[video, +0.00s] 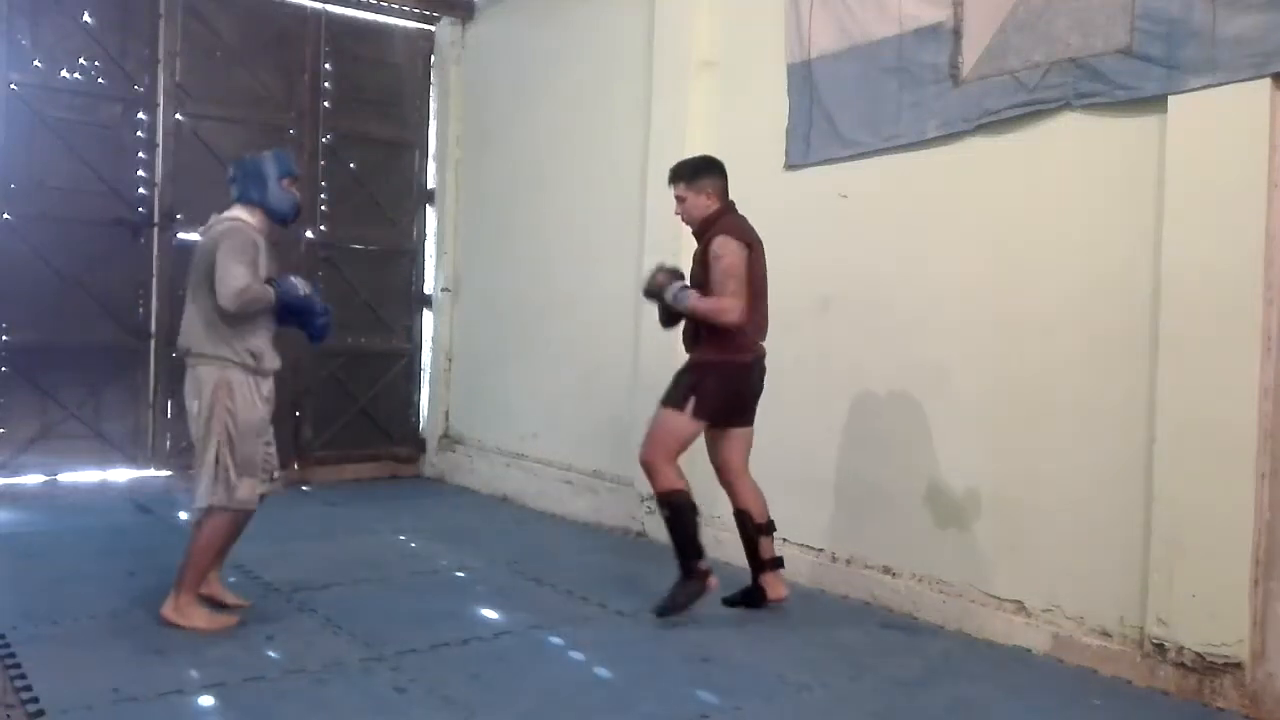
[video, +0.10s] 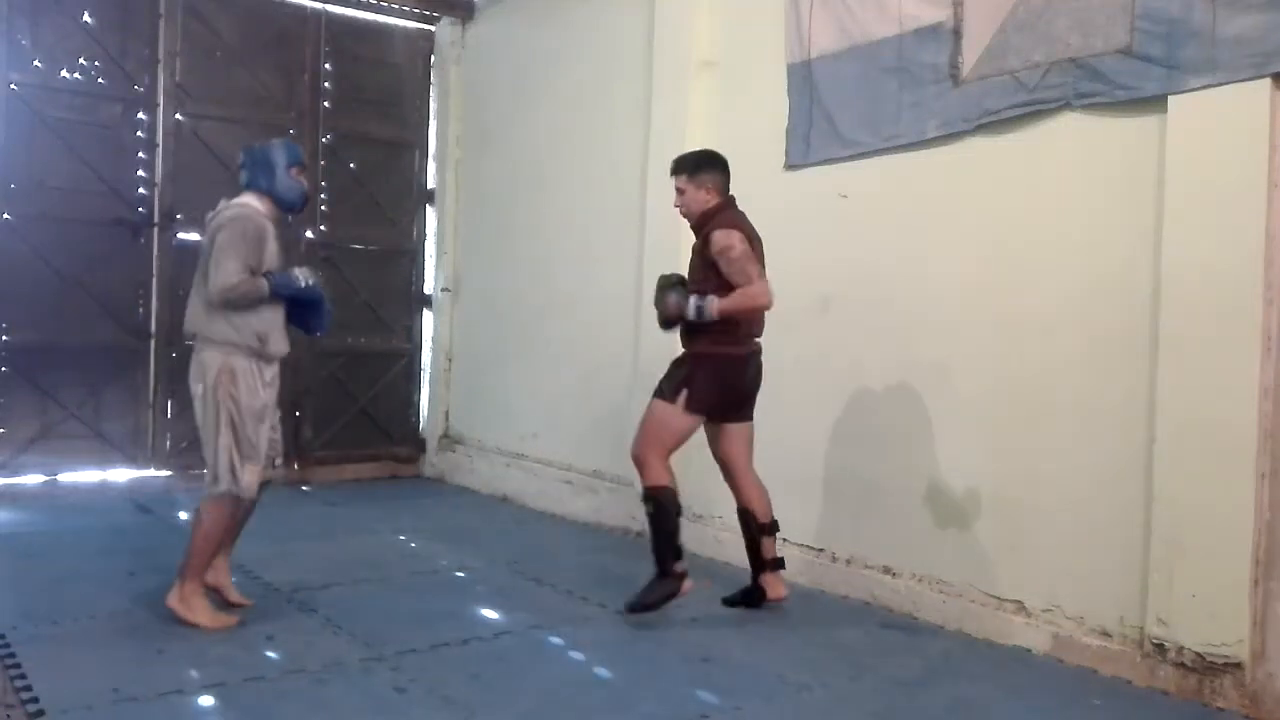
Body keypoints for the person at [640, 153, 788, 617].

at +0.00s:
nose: (677, 210)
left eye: (682, 200)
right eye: (676, 201)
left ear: (709, 196)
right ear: (710, 197)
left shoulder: (724, 240)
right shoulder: (736, 232)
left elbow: (731, 311)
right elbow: (731, 302)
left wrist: (679, 295)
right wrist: (685, 301)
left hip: (713, 368)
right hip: (743, 368)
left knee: (657, 457)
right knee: (733, 471)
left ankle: (694, 571)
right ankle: (769, 579)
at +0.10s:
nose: (676, 202)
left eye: (682, 192)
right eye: (675, 192)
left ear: (709, 190)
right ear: (711, 191)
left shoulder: (723, 234)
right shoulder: (723, 225)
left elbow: (760, 294)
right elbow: (734, 293)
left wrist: (698, 306)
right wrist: (687, 299)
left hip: (708, 364)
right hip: (739, 363)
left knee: (649, 454)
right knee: (738, 469)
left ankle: (670, 572)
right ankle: (768, 577)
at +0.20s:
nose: (675, 206)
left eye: (681, 197)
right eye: (674, 197)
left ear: (708, 197)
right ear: (708, 197)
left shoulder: (720, 242)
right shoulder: (720, 232)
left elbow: (762, 297)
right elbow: (722, 295)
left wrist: (703, 321)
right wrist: (677, 301)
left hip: (700, 373)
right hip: (731, 373)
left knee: (654, 470)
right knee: (739, 475)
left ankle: (661, 591)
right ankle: (771, 585)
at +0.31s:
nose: (672, 208)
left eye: (678, 199)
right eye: (671, 198)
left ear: (705, 199)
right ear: (708, 200)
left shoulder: (713, 244)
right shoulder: (726, 237)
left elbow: (741, 308)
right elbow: (721, 306)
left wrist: (678, 322)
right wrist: (671, 314)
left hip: (695, 377)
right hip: (726, 376)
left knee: (650, 473)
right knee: (736, 477)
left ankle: (662, 595)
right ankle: (770, 586)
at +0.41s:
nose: (663, 202)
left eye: (670, 193)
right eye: (663, 193)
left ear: (697, 193)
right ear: (702, 194)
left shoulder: (704, 238)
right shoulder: (722, 232)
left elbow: (713, 311)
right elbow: (712, 305)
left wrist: (652, 304)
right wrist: (658, 295)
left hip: (689, 369)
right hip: (720, 370)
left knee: (636, 465)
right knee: (728, 474)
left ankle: (656, 587)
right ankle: (767, 580)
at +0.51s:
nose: (654, 203)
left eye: (660, 193)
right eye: (655, 193)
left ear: (686, 195)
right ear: (693, 195)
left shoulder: (692, 240)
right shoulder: (714, 236)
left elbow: (678, 314)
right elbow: (690, 306)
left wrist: (631, 293)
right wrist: (642, 291)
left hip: (678, 377)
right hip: (709, 376)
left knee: (632, 476)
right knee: (716, 477)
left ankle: (660, 599)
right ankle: (765, 579)